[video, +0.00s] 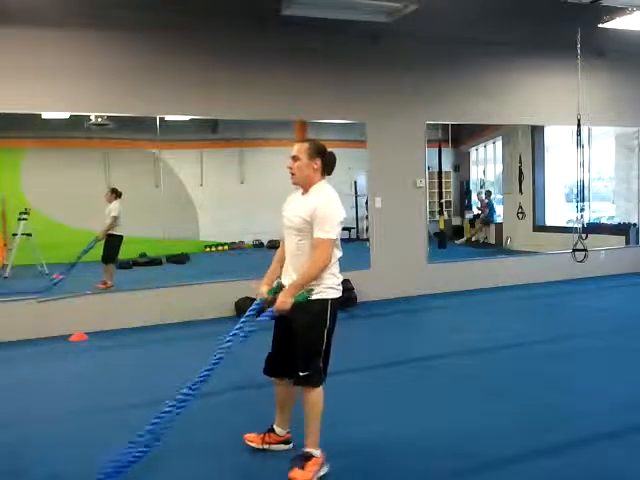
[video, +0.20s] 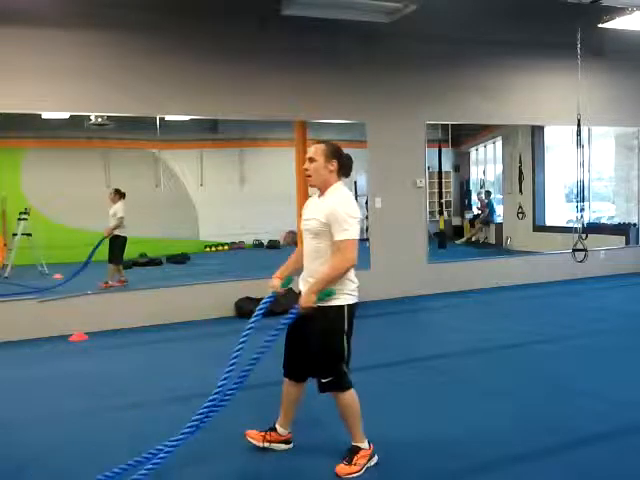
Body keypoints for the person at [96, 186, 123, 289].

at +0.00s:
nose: (106, 196)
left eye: (108, 194)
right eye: (106, 194)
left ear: (113, 195)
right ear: (113, 196)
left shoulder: (115, 205)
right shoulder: (111, 205)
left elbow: (113, 221)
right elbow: (110, 221)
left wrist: (103, 232)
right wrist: (102, 232)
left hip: (115, 234)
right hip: (111, 234)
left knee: (109, 259)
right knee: (106, 259)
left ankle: (109, 281)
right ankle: (106, 280)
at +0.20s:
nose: (110, 197)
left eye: (112, 195)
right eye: (110, 195)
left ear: (117, 196)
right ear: (116, 196)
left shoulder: (120, 206)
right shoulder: (115, 206)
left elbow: (120, 220)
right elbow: (115, 220)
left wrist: (110, 229)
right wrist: (109, 230)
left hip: (119, 235)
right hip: (115, 234)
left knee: (114, 260)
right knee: (116, 260)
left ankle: (110, 280)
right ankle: (122, 277)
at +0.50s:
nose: (115, 196)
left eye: (116, 194)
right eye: (115, 194)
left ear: (122, 194)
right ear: (121, 195)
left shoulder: (125, 204)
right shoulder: (121, 205)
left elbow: (120, 216)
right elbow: (118, 217)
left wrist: (109, 221)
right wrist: (109, 221)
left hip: (125, 232)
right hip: (122, 232)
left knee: (123, 258)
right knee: (122, 258)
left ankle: (124, 279)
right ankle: (124, 278)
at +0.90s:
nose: (120, 196)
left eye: (122, 194)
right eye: (120, 194)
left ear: (127, 194)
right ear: (125, 195)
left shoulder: (131, 204)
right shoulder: (124, 205)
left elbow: (132, 219)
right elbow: (123, 221)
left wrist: (122, 230)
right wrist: (116, 229)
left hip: (132, 233)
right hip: (125, 233)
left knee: (132, 259)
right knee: (125, 258)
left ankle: (131, 278)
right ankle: (125, 277)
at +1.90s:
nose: (124, 196)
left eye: (126, 194)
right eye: (125, 194)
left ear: (132, 196)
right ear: (130, 196)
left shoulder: (134, 204)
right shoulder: (129, 206)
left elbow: (131, 216)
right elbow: (121, 221)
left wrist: (119, 220)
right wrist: (110, 226)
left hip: (131, 235)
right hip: (127, 234)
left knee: (125, 259)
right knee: (124, 259)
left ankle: (125, 279)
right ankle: (124, 278)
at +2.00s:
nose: (127, 192)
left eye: (129, 191)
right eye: (128, 190)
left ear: (134, 192)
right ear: (133, 192)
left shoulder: (134, 202)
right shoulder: (130, 202)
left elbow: (125, 204)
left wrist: (112, 209)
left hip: (133, 229)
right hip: (129, 229)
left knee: (126, 255)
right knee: (126, 255)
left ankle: (127, 279)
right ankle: (126, 278)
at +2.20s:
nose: (121, 202)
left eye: (122, 199)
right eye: (121, 199)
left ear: (127, 199)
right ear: (129, 198)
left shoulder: (131, 208)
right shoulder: (129, 207)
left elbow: (124, 214)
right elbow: (124, 214)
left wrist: (117, 214)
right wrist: (117, 214)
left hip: (132, 233)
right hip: (130, 232)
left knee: (128, 256)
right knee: (126, 256)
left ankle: (130, 279)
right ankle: (127, 277)